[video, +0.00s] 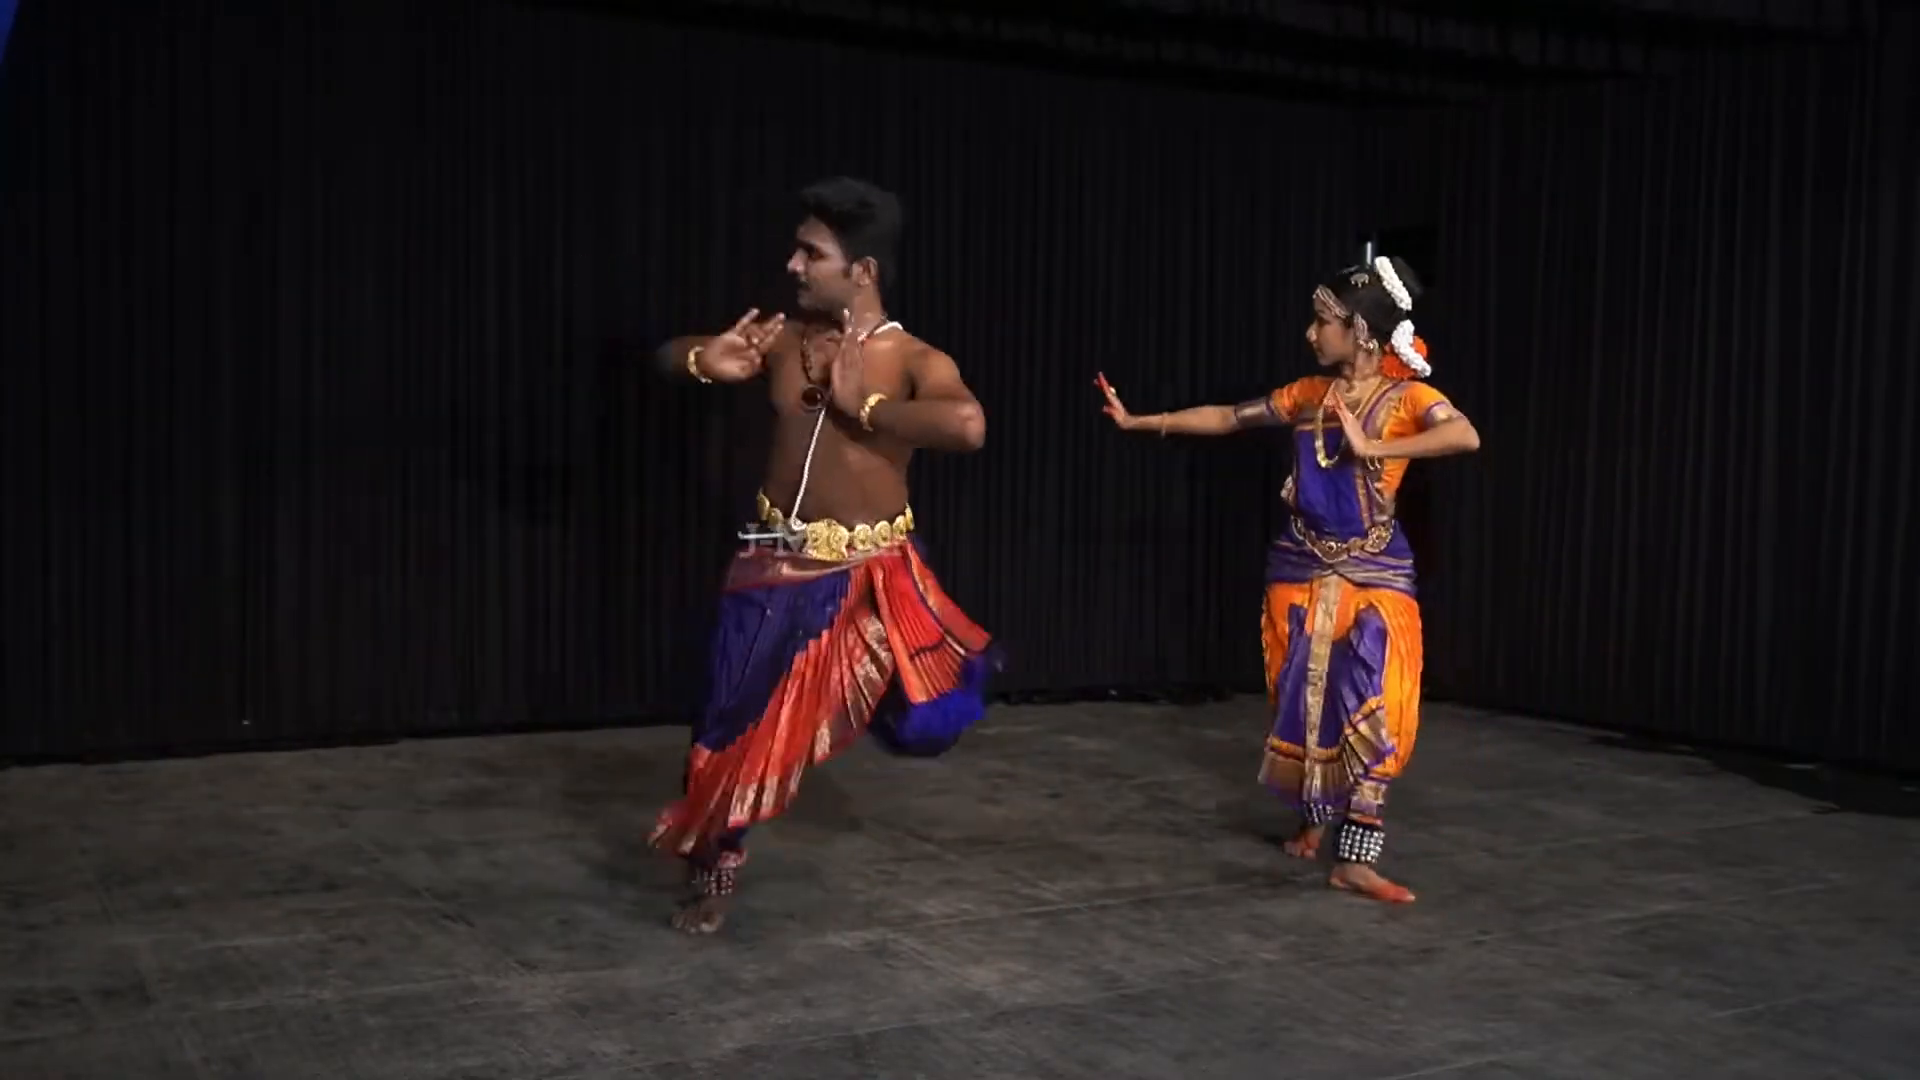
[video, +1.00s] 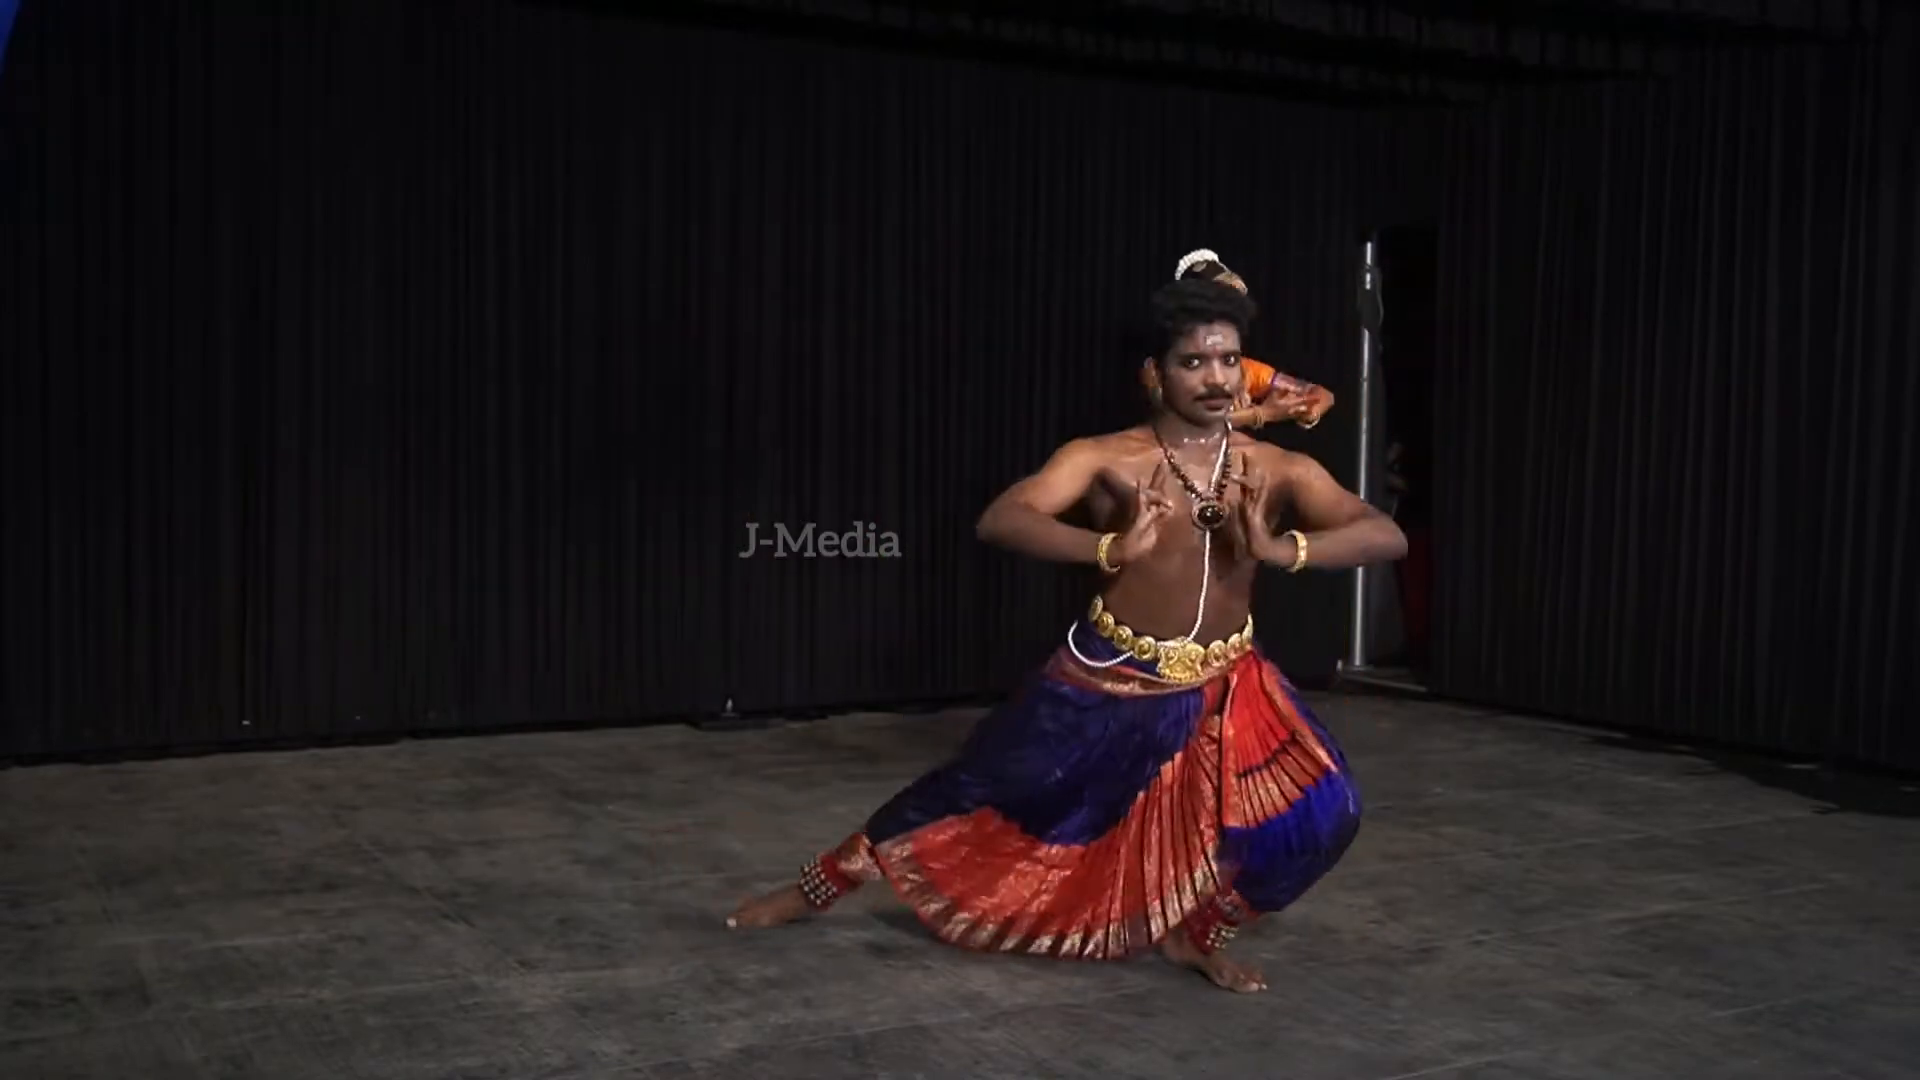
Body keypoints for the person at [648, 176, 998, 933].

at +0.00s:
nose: (794, 263)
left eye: (812, 253)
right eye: (797, 249)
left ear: (862, 270)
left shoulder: (911, 358)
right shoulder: (776, 336)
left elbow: (968, 427)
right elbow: (670, 355)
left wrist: (866, 408)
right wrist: (703, 359)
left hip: (865, 570)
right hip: (772, 560)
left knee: (913, 732)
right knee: (735, 707)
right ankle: (718, 864)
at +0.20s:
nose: (968, 279)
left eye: (977, 264)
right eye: (949, 261)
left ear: (986, 272)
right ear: (903, 266)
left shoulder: (990, 366)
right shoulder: (852, 347)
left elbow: (1096, 428)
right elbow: (855, 419)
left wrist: (1098, 409)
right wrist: (971, 416)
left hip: (957, 565)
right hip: (858, 566)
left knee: (1063, 673)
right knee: (793, 728)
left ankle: (1113, 884)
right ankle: (713, 869)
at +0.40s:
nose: (1113, 355)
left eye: (1115, 340)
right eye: (1097, 338)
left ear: (1091, 349)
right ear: (1041, 344)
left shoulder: (1078, 423)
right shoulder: (1019, 426)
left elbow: (1181, 463)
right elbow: (1164, 473)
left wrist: (1313, 469)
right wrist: (1316, 474)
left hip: (1071, 644)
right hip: (983, 652)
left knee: (1211, 732)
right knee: (845, 803)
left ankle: (1194, 928)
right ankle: (688, 853)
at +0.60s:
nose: (1194, 428)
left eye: (1196, 411)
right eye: (1176, 411)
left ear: (1181, 418)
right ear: (1122, 417)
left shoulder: (1161, 482)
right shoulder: (1107, 496)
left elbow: (1268, 515)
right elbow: (1259, 527)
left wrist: (1394, 522)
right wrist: (1410, 531)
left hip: (1139, 703)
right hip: (1048, 710)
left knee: (1288, 775)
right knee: (885, 819)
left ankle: (1188, 930)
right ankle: (711, 850)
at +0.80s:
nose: (1237, 420)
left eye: (1241, 404)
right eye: (1218, 404)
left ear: (1239, 410)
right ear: (1160, 409)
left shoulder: (1239, 491)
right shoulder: (1104, 491)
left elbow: (1328, 542)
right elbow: (1166, 530)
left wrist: (1402, 547)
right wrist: (1264, 528)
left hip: (1185, 713)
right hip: (1082, 703)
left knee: (1315, 795)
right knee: (935, 794)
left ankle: (1191, 930)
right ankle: (768, 863)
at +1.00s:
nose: (1217, 376)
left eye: (1229, 360)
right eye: (1197, 361)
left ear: (1246, 371)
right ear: (1156, 373)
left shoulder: (1281, 469)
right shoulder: (1103, 459)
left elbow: (1387, 538)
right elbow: (1003, 519)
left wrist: (1285, 549)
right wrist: (1104, 548)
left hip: (1224, 685)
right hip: (1108, 680)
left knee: (1320, 808)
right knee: (975, 787)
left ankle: (1199, 926)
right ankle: (817, 888)